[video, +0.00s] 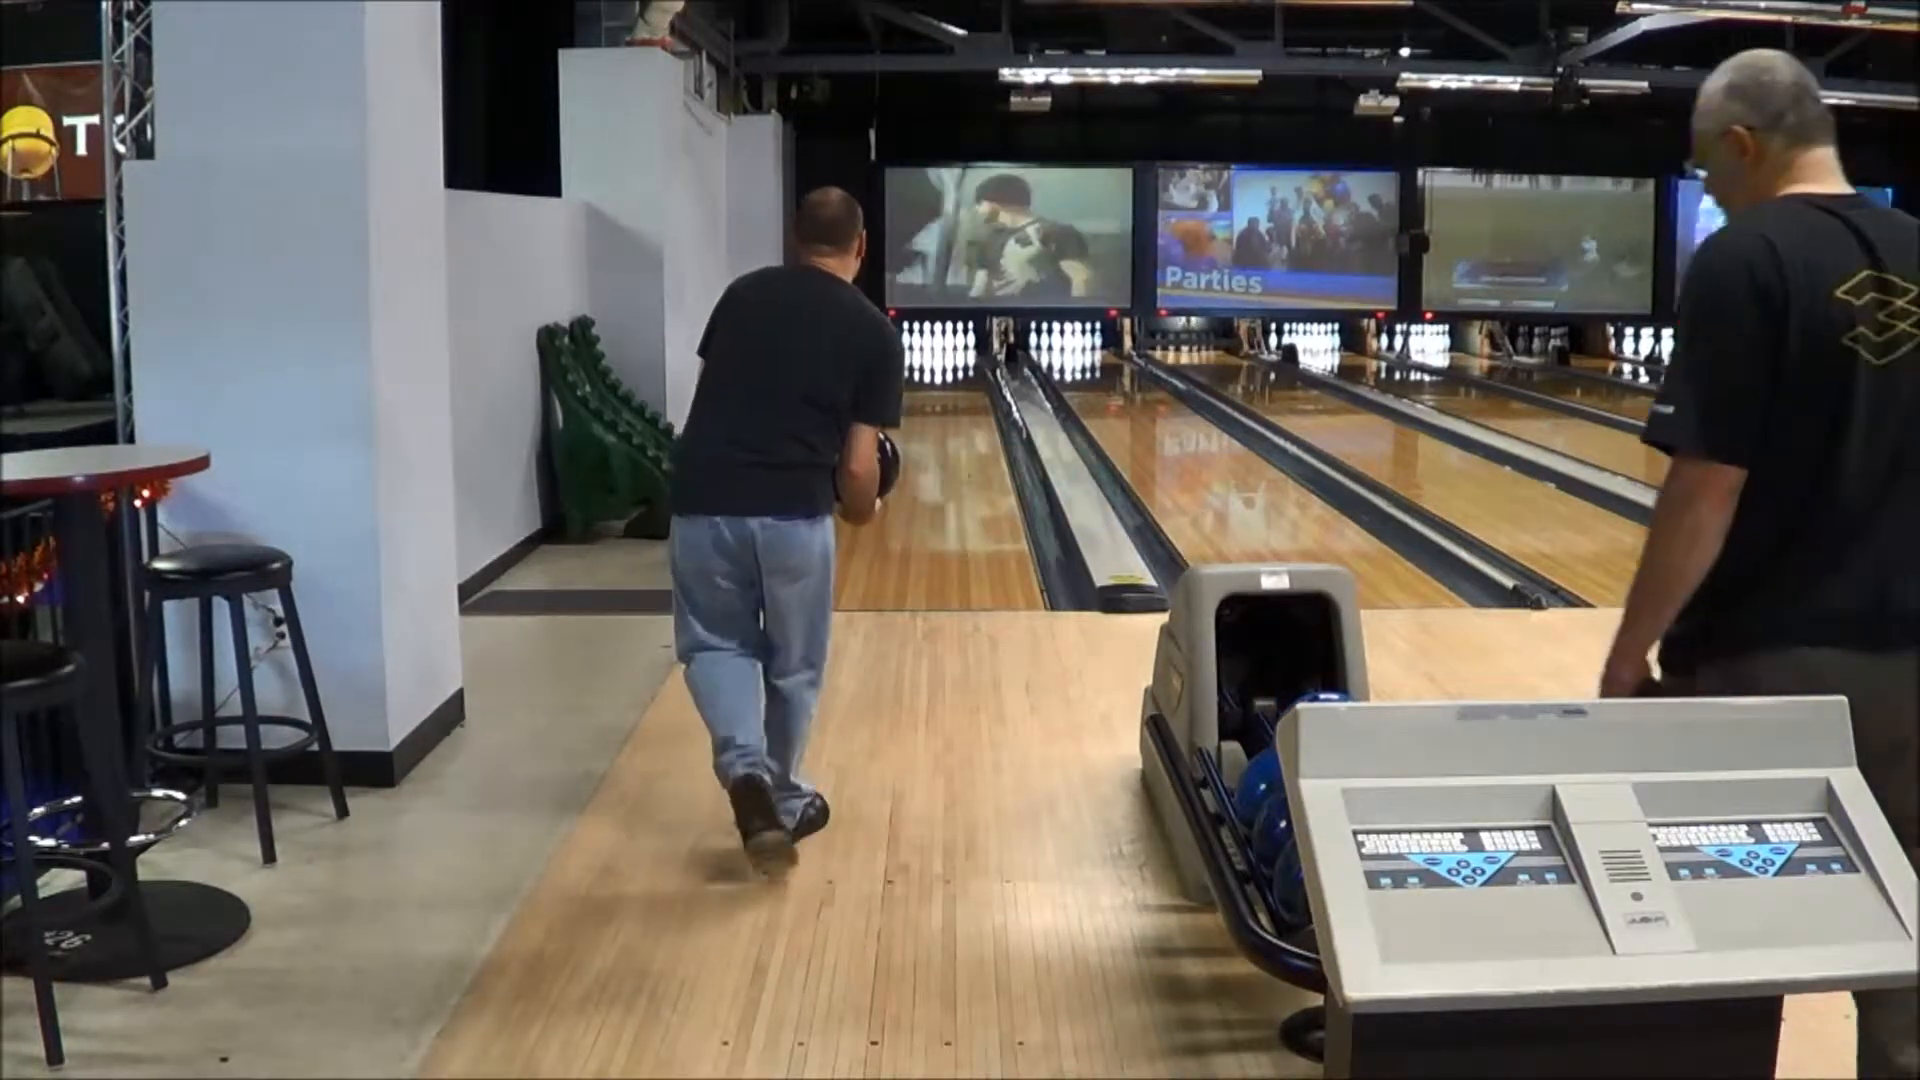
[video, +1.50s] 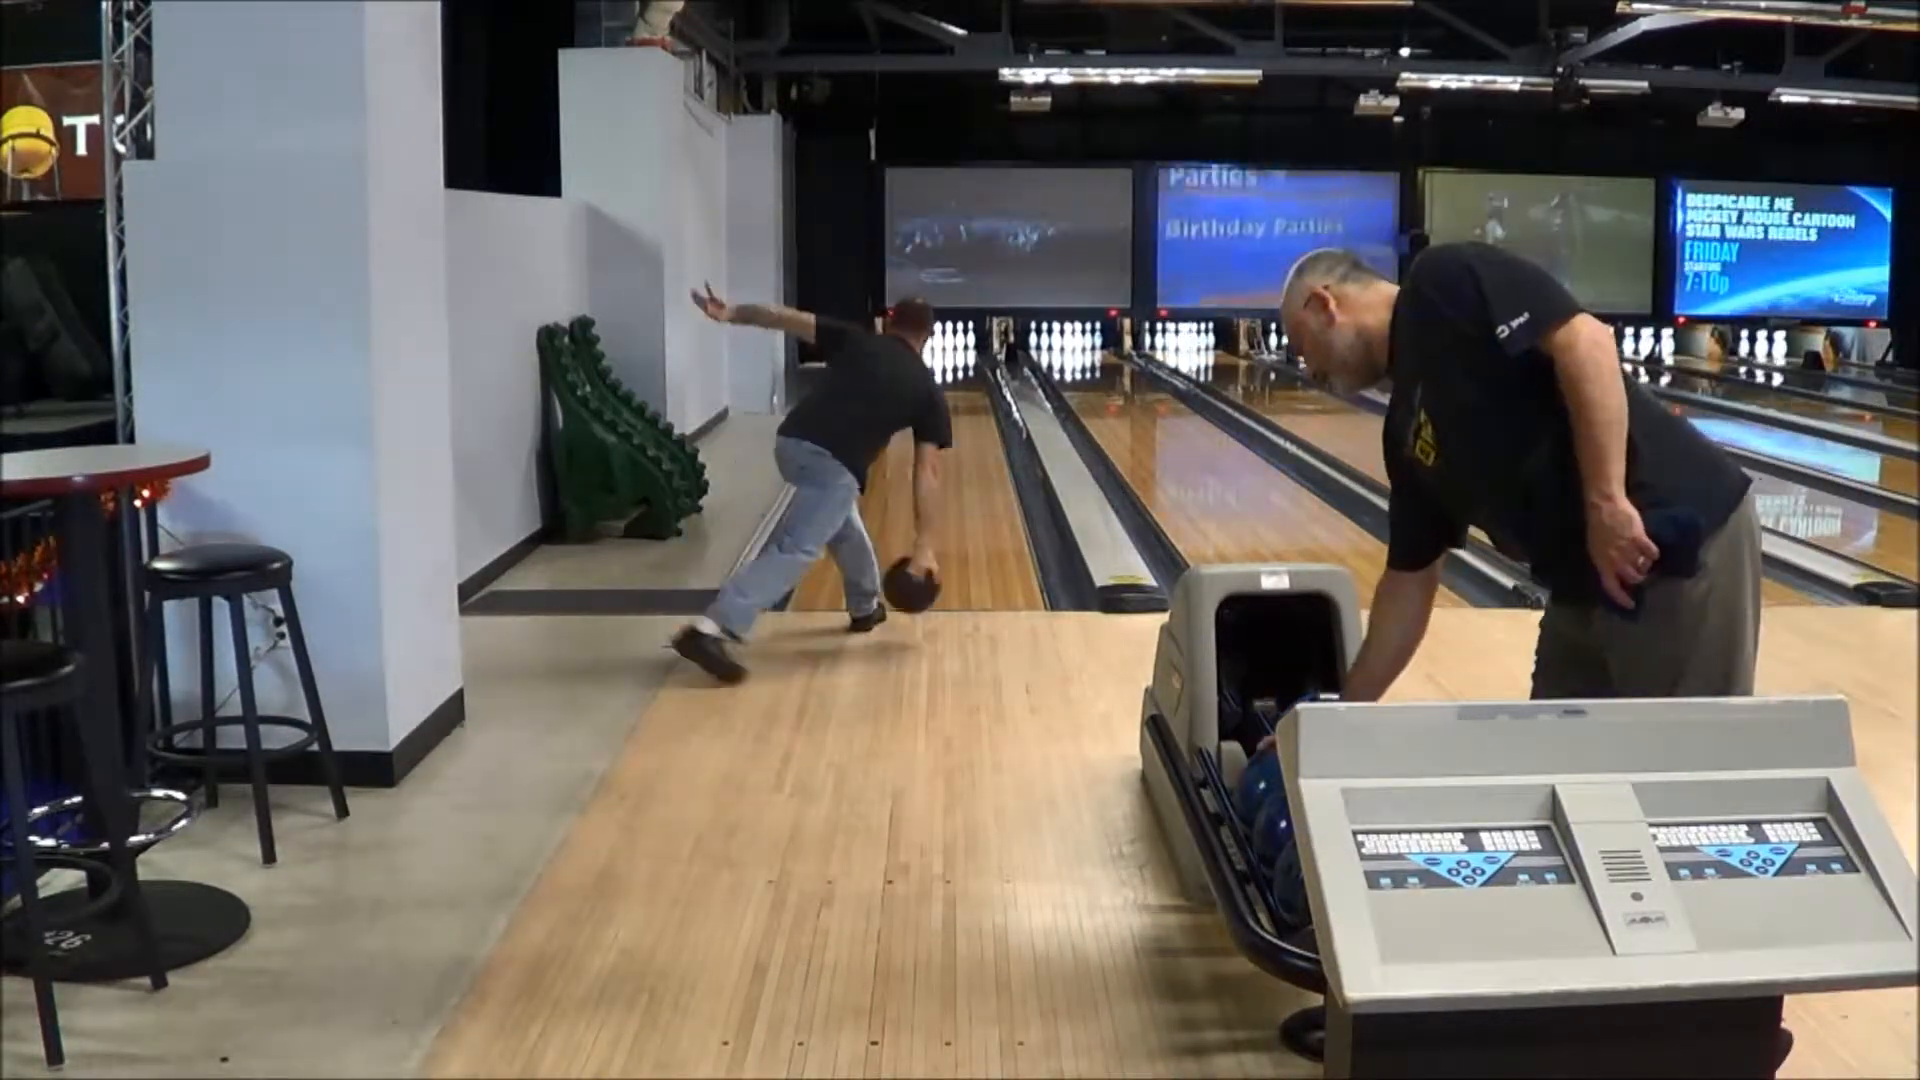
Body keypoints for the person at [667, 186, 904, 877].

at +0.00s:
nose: (864, 252)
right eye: (865, 244)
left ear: (794, 241)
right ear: (860, 247)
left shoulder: (742, 294)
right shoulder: (871, 331)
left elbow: (708, 393)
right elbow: (858, 468)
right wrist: (862, 508)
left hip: (703, 503)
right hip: (795, 509)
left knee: (716, 643)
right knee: (795, 666)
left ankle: (742, 763)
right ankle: (782, 800)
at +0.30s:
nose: (864, 270)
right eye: (865, 261)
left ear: (799, 258)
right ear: (861, 263)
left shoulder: (755, 303)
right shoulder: (869, 341)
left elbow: (749, 404)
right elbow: (862, 466)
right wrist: (854, 530)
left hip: (704, 496)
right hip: (782, 505)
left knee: (721, 635)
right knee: (794, 654)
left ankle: (751, 763)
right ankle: (779, 794)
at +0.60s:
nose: (868, 271)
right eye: (869, 263)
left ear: (807, 260)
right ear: (865, 262)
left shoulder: (769, 297)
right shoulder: (861, 309)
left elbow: (723, 369)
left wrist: (682, 418)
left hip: (705, 457)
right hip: (778, 460)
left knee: (722, 613)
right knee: (794, 611)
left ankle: (755, 750)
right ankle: (780, 723)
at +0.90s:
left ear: (833, 305)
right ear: (883, 321)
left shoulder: (803, 336)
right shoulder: (861, 333)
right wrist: (874, 260)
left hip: (727, 458)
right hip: (796, 459)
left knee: (760, 587)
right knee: (826, 578)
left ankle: (762, 723)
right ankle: (815, 692)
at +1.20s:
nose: (918, 333)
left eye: (914, 328)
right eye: (919, 327)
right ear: (915, 328)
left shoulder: (846, 357)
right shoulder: (888, 361)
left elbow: (818, 357)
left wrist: (781, 346)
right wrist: (882, 318)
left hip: (761, 467)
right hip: (808, 477)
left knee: (803, 552)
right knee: (854, 580)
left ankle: (801, 647)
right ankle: (808, 678)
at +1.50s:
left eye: (889, 324)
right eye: (923, 335)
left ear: (887, 325)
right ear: (926, 337)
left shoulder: (858, 340)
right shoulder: (925, 389)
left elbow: (785, 318)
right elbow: (928, 472)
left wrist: (730, 313)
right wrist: (924, 546)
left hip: (790, 444)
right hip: (834, 464)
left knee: (845, 526)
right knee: (796, 550)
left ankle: (865, 606)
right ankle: (711, 627)